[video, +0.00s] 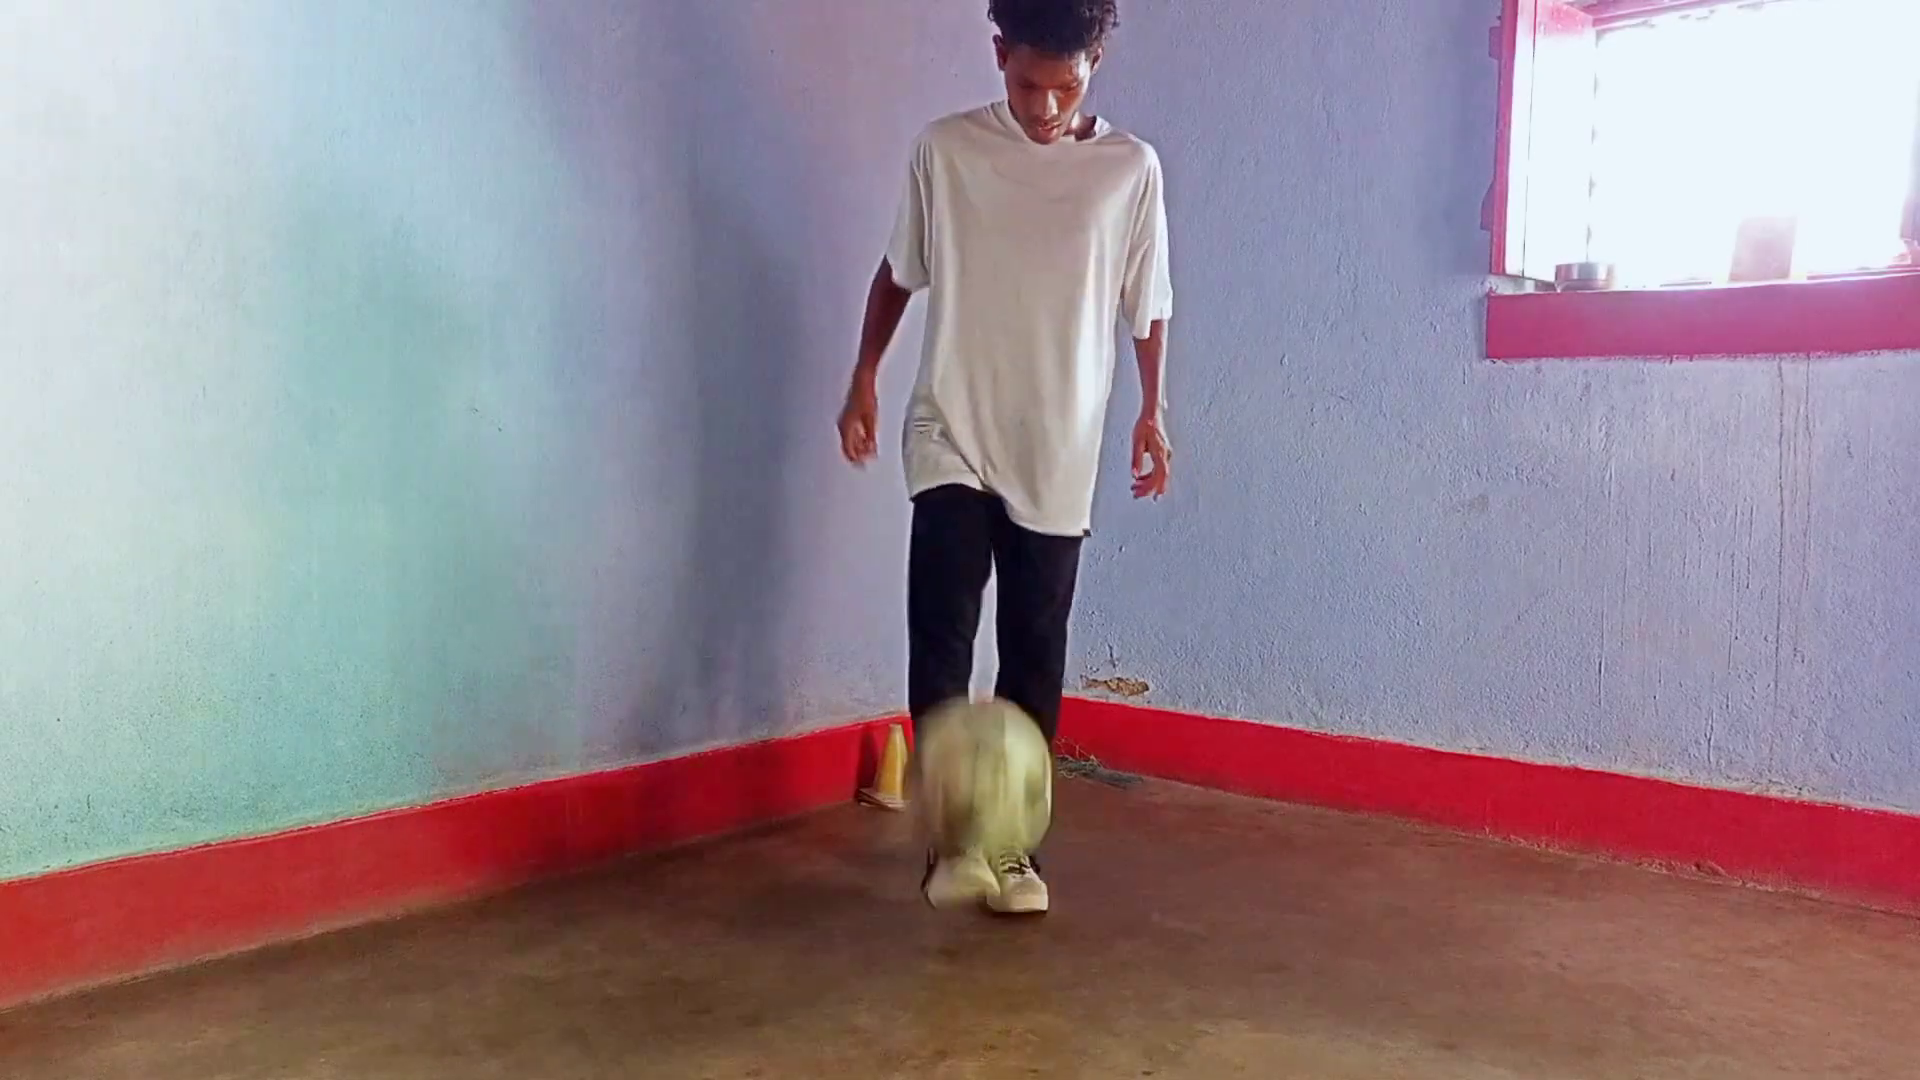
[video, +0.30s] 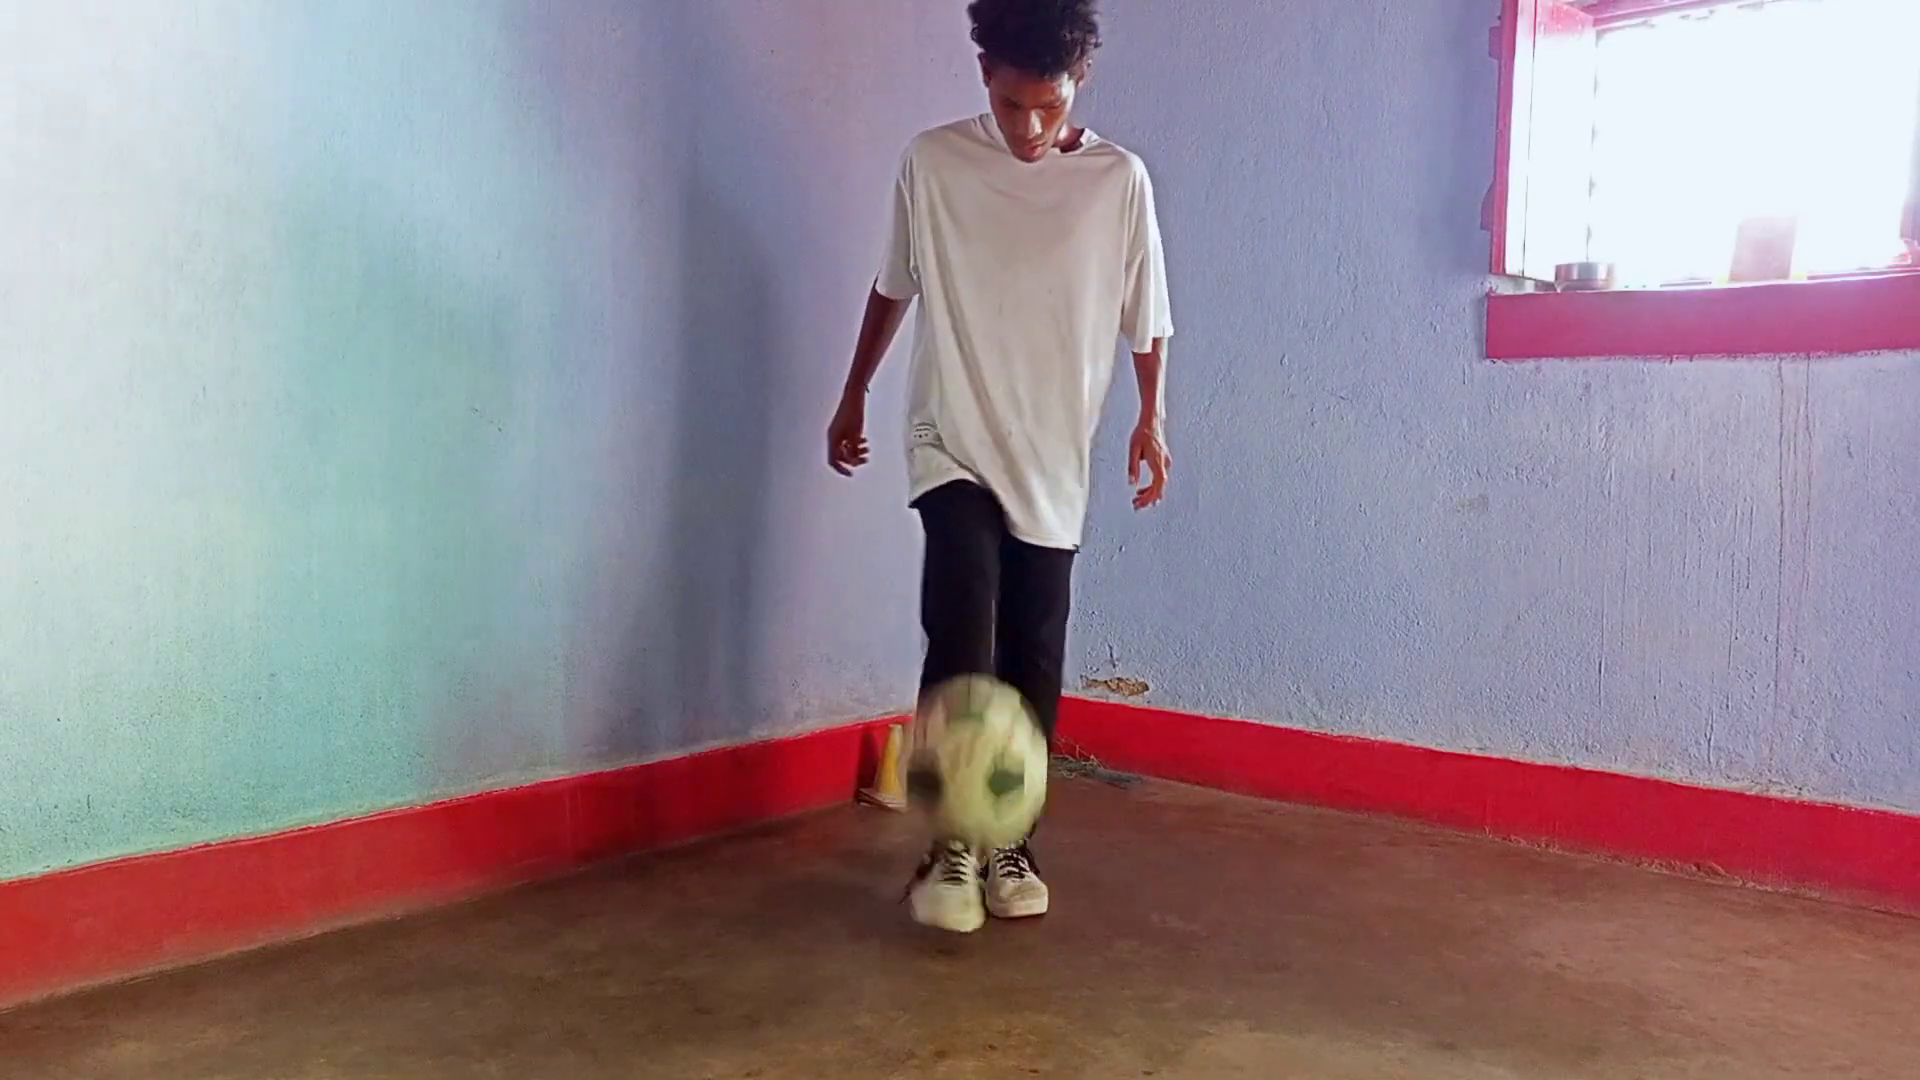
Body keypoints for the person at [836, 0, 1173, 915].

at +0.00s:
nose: (1047, 108)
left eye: (1067, 89)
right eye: (1029, 85)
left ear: (1096, 63)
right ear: (1000, 53)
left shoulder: (1132, 167)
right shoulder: (944, 148)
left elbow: (1147, 302)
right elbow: (898, 273)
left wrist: (1152, 411)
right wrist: (863, 377)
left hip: (1058, 444)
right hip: (953, 431)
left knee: (1035, 652)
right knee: (941, 638)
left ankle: (1017, 849)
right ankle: (953, 842)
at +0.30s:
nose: (1030, 128)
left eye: (1051, 107)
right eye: (1011, 105)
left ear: (1083, 78)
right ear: (982, 70)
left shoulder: (1120, 179)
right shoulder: (932, 161)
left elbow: (1147, 309)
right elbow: (893, 287)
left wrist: (1152, 420)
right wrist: (852, 397)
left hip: (1053, 452)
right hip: (954, 440)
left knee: (1034, 658)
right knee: (963, 635)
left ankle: (1010, 847)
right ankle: (951, 847)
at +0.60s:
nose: (989, 105)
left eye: (1007, 86)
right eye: (971, 85)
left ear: (1039, 60)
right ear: (943, 56)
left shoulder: (1085, 154)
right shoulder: (898, 147)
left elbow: (1127, 293)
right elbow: (871, 280)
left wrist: (1138, 409)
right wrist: (836, 395)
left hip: (1035, 442)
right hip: (926, 438)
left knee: (1022, 650)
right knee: (918, 646)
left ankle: (1005, 844)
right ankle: (910, 844)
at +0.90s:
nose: (973, 116)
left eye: (992, 96)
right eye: (955, 96)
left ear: (1017, 71)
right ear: (919, 59)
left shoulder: (1054, 153)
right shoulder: (867, 152)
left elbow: (1084, 288)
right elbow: (825, 288)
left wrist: (1103, 400)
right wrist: (799, 405)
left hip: (1013, 449)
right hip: (904, 448)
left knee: (1009, 648)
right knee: (902, 658)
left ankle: (1012, 835)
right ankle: (903, 850)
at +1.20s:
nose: (1013, 121)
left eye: (1031, 100)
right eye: (996, 97)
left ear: (1054, 77)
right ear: (958, 67)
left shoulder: (1088, 168)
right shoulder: (899, 159)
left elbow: (1111, 304)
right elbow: (846, 294)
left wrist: (1131, 418)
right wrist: (812, 412)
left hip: (1035, 447)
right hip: (928, 440)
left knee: (1027, 652)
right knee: (936, 640)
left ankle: (1015, 849)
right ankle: (912, 840)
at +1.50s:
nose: (1012, 104)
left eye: (1032, 84)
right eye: (996, 82)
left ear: (1059, 62)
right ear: (960, 52)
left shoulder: (1097, 158)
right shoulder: (910, 156)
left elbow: (1144, 293)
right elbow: (877, 292)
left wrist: (1169, 403)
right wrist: (825, 404)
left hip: (1049, 451)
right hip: (940, 443)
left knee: (1036, 662)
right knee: (940, 650)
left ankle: (1014, 856)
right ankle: (946, 845)